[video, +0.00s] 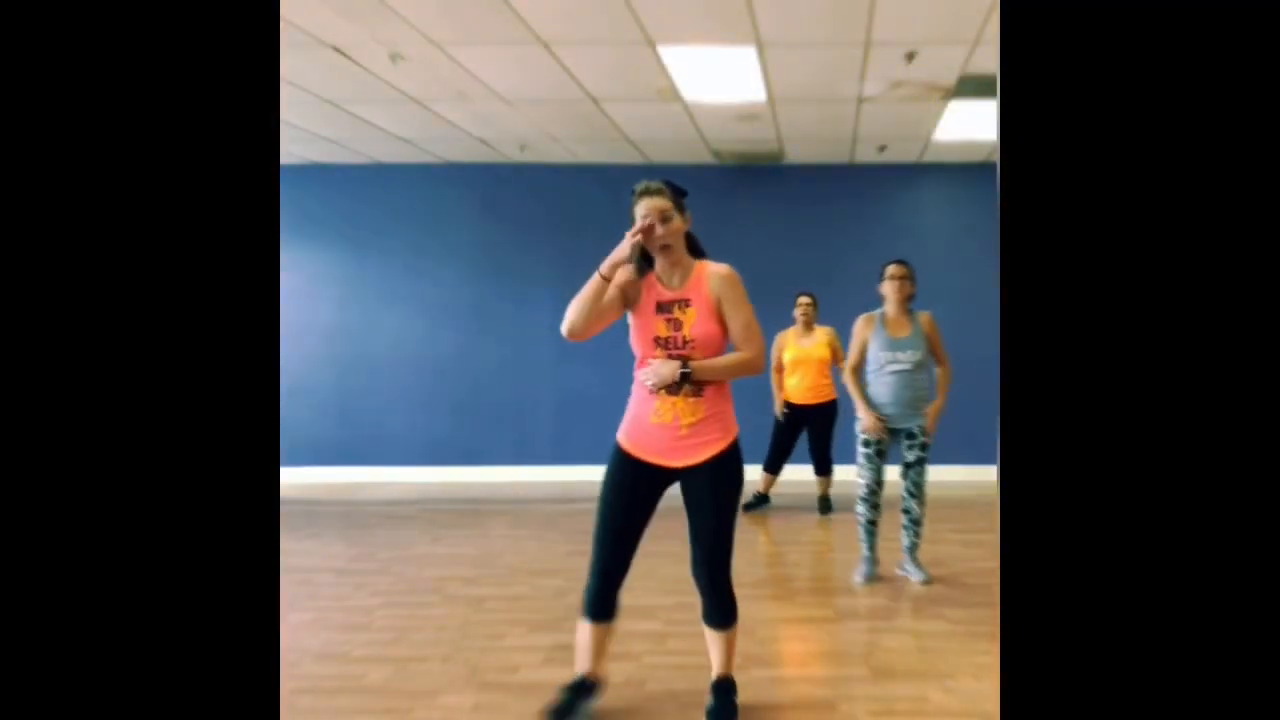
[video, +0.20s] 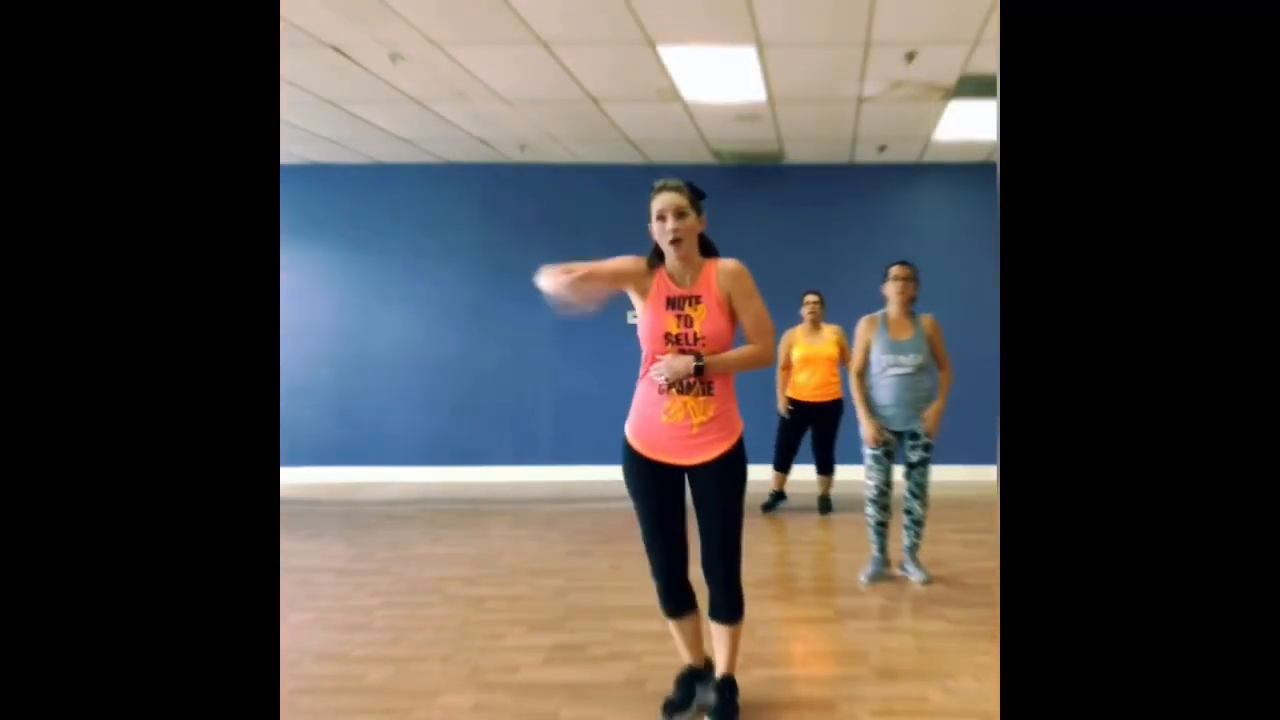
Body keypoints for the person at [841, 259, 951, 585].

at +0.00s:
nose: (897, 284)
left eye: (903, 279)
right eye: (891, 279)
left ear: (913, 286)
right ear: (881, 286)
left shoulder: (924, 322)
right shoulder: (866, 323)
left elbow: (943, 364)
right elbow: (850, 370)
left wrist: (939, 403)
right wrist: (864, 411)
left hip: (915, 419)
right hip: (875, 419)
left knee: (915, 492)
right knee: (869, 491)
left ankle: (910, 558)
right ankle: (868, 558)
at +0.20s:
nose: (900, 285)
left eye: (907, 279)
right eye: (895, 279)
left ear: (916, 288)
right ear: (884, 287)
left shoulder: (927, 325)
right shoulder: (869, 325)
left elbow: (945, 369)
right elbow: (856, 373)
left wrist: (938, 406)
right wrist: (865, 419)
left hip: (918, 423)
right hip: (879, 423)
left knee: (917, 495)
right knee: (877, 494)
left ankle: (911, 557)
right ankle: (879, 557)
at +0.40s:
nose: (899, 284)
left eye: (905, 278)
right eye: (893, 278)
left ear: (914, 286)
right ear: (882, 285)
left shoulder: (926, 324)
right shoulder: (868, 323)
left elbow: (944, 368)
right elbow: (852, 369)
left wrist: (926, 397)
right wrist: (854, 410)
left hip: (916, 420)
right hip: (874, 419)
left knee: (916, 491)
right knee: (865, 488)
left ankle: (910, 557)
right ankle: (861, 553)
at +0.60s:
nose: (890, 285)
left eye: (896, 280)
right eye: (884, 279)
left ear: (905, 288)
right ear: (873, 287)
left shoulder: (915, 325)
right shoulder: (856, 322)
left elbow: (934, 371)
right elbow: (840, 363)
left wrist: (909, 385)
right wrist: (831, 375)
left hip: (909, 421)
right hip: (866, 420)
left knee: (911, 493)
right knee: (856, 491)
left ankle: (909, 558)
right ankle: (836, 559)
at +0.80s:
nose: (873, 284)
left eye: (880, 279)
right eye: (868, 279)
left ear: (889, 288)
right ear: (857, 286)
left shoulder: (898, 327)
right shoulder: (840, 321)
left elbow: (913, 375)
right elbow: (818, 358)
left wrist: (888, 391)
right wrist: (795, 368)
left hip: (890, 422)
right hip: (846, 420)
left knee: (902, 491)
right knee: (842, 492)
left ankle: (908, 557)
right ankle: (835, 559)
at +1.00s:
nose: (862, 282)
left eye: (868, 276)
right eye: (857, 276)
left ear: (878, 286)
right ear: (846, 284)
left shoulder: (887, 325)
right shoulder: (829, 319)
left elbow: (903, 371)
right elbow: (816, 366)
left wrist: (884, 394)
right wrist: (801, 368)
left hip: (876, 417)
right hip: (835, 417)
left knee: (889, 486)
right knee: (833, 489)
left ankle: (890, 554)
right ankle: (833, 558)